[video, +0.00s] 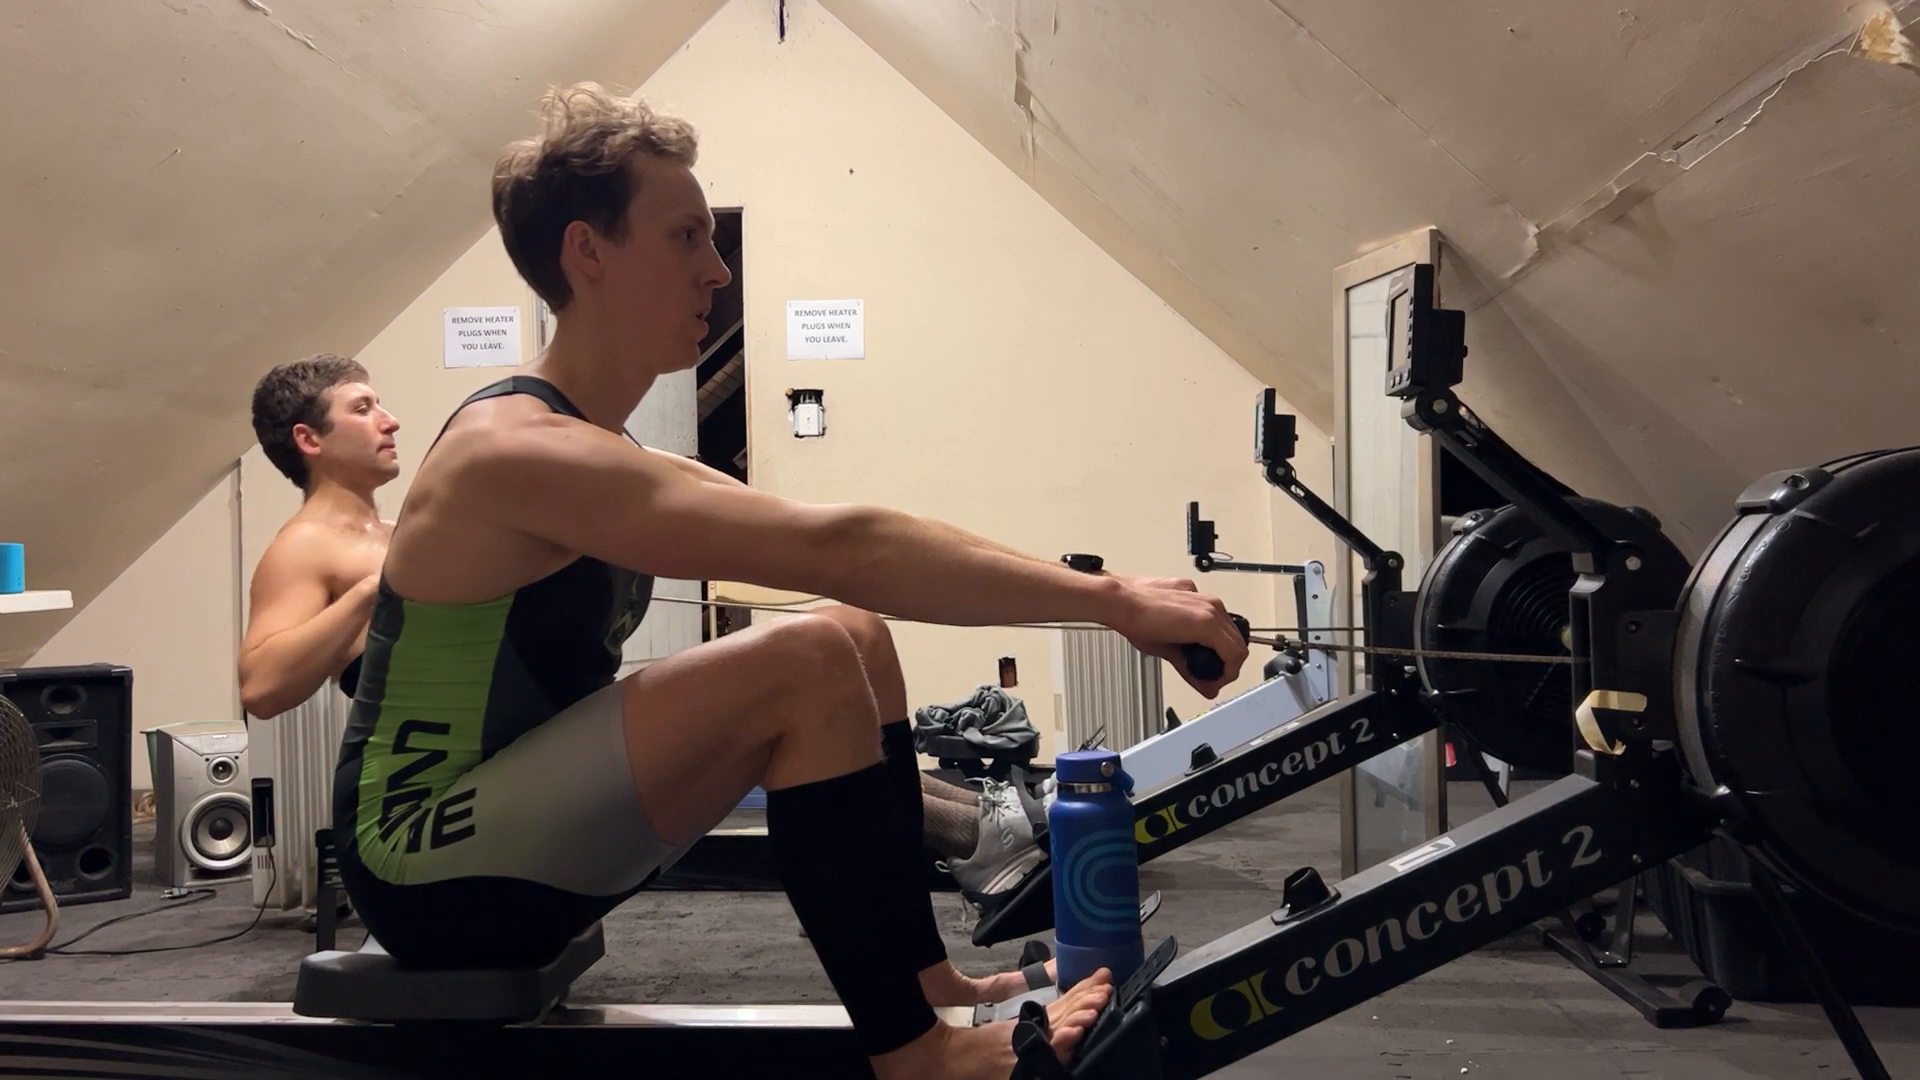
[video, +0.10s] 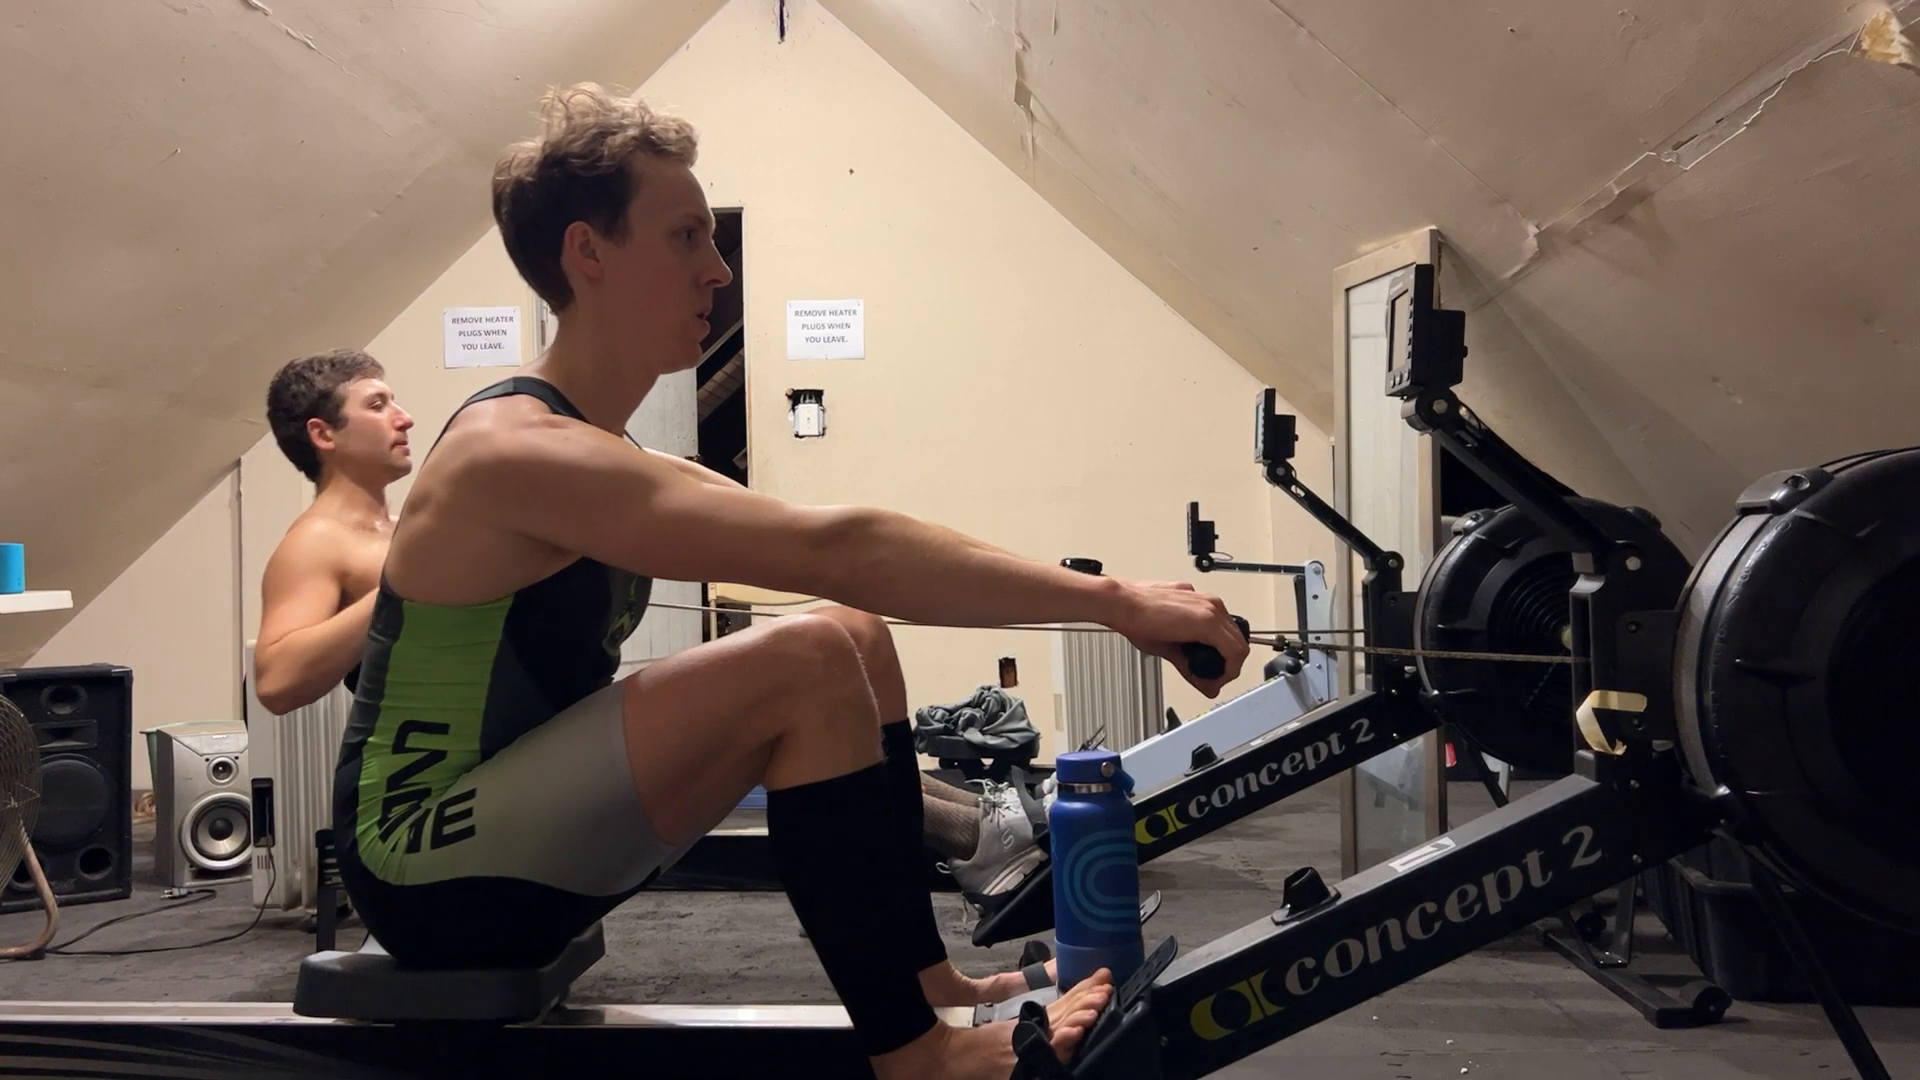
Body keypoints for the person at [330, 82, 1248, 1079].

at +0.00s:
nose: (717, 272)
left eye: (709, 242)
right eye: (688, 242)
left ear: (592, 262)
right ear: (585, 258)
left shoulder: (590, 451)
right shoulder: (516, 449)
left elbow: (834, 558)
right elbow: (830, 549)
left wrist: (1091, 589)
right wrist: (1110, 599)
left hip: (502, 824)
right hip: (435, 859)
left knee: (856, 641)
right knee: (806, 664)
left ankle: (924, 989)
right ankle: (903, 1047)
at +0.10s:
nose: (718, 271)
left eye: (710, 241)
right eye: (688, 241)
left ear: (593, 263)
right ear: (586, 259)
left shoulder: (586, 450)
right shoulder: (516, 450)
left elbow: (830, 559)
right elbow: (828, 550)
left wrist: (1090, 593)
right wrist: (1112, 601)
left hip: (502, 826)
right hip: (435, 860)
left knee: (858, 642)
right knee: (806, 665)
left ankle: (926, 991)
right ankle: (904, 1048)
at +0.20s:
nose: (719, 271)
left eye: (711, 241)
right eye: (689, 241)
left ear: (594, 262)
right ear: (587, 258)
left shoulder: (589, 450)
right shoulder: (517, 450)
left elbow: (829, 561)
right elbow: (827, 551)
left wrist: (1091, 596)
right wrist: (1110, 602)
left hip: (501, 827)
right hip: (435, 860)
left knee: (857, 643)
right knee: (806, 665)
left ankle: (925, 989)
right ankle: (904, 1048)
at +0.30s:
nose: (720, 271)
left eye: (712, 241)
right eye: (690, 240)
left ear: (595, 261)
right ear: (587, 258)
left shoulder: (589, 451)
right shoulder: (516, 451)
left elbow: (827, 563)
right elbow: (828, 551)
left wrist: (1091, 600)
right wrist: (1114, 602)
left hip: (501, 826)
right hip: (435, 860)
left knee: (857, 642)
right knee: (805, 664)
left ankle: (925, 991)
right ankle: (903, 1048)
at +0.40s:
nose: (721, 273)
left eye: (713, 241)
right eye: (691, 241)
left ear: (596, 262)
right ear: (588, 258)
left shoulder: (592, 454)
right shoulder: (518, 452)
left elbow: (830, 565)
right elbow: (829, 552)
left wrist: (1093, 603)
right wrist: (1115, 605)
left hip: (500, 827)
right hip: (433, 858)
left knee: (857, 643)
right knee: (806, 665)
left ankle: (925, 992)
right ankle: (902, 1047)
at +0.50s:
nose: (722, 274)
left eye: (715, 243)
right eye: (693, 242)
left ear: (597, 262)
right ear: (590, 258)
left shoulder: (588, 452)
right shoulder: (519, 452)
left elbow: (833, 566)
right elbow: (830, 554)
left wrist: (1096, 603)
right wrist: (1115, 607)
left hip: (500, 826)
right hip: (433, 857)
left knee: (855, 644)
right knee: (807, 664)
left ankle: (926, 994)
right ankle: (901, 1047)